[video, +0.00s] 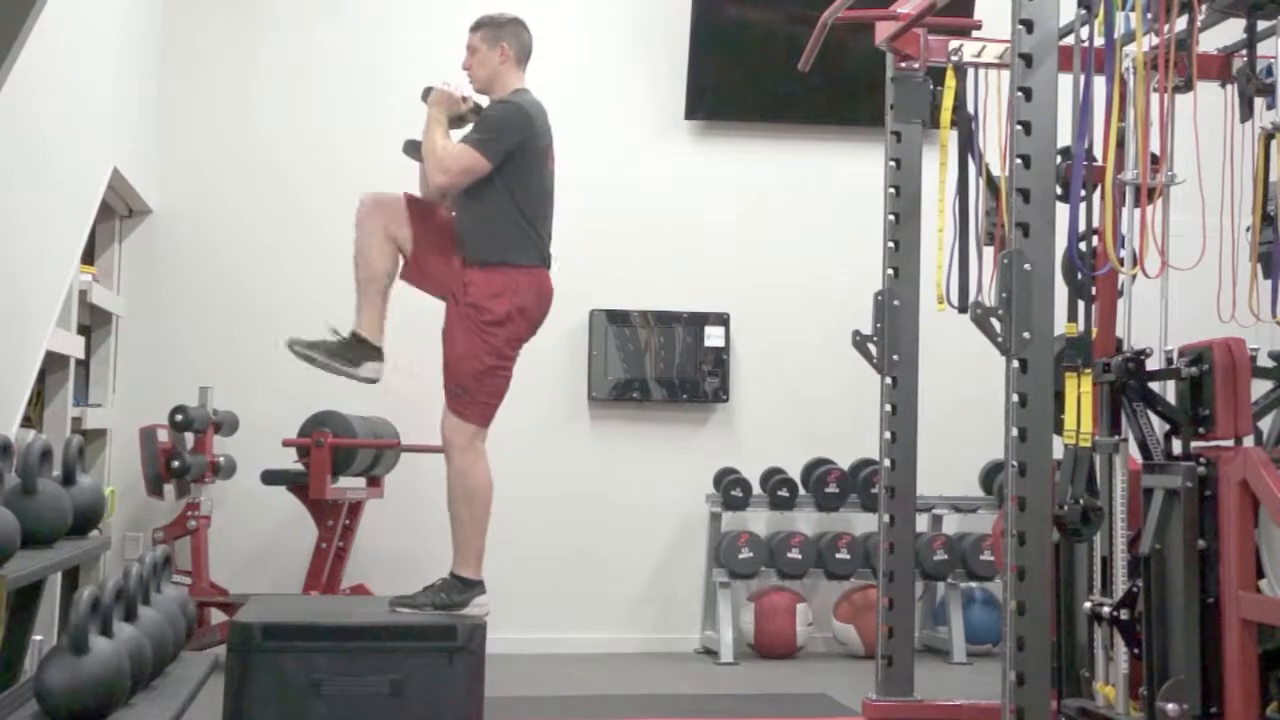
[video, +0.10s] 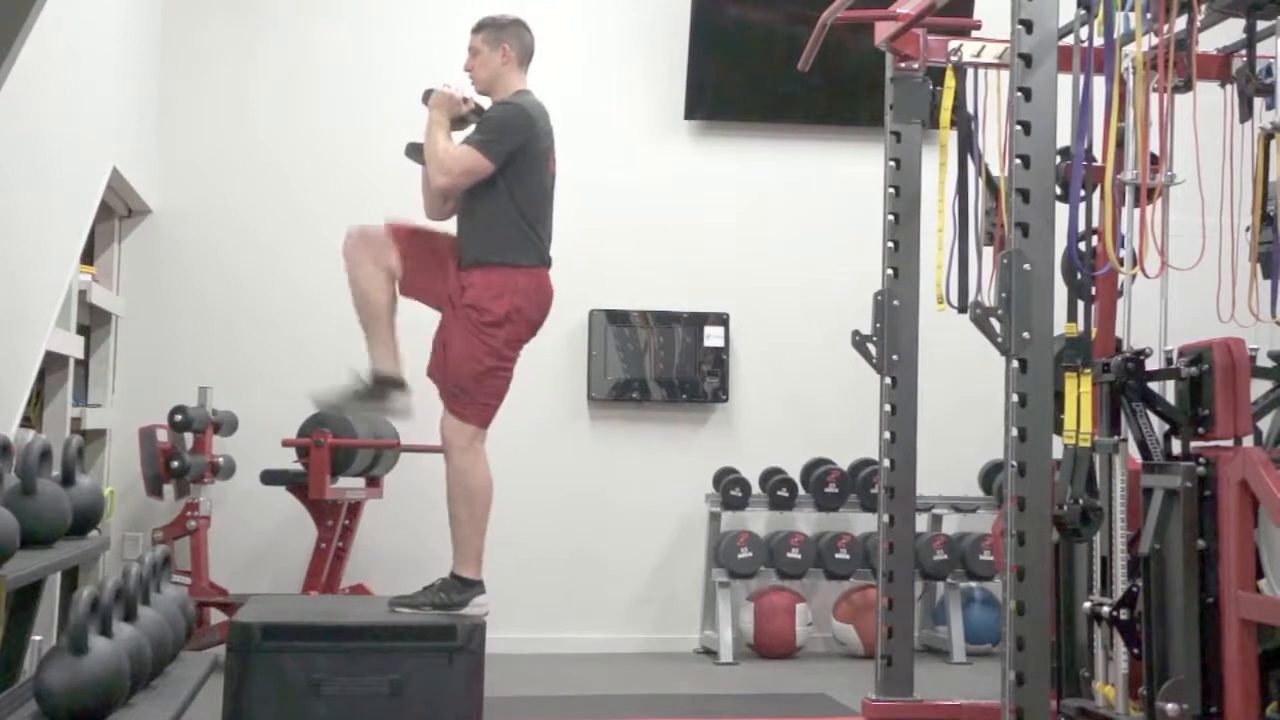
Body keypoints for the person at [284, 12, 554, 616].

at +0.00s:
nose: (464, 65)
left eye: (472, 53)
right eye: (467, 54)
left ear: (503, 53)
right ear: (507, 54)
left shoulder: (515, 112)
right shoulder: (503, 113)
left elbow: (439, 178)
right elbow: (461, 189)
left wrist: (439, 116)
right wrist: (443, 141)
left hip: (504, 284)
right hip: (473, 264)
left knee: (462, 436)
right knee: (378, 212)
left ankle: (466, 582)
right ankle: (365, 343)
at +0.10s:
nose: (466, 65)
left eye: (473, 53)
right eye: (468, 54)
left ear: (505, 55)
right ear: (506, 57)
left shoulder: (517, 114)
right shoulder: (496, 119)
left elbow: (444, 179)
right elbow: (437, 206)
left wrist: (439, 115)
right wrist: (439, 138)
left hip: (506, 284)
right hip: (474, 268)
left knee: (462, 435)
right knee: (366, 243)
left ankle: (466, 581)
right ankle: (387, 381)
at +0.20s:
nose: (467, 64)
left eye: (476, 53)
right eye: (469, 53)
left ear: (509, 55)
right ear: (507, 55)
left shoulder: (522, 114)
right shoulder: (499, 120)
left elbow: (448, 177)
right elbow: (439, 209)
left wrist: (439, 117)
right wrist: (439, 139)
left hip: (508, 287)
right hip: (470, 280)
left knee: (462, 434)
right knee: (368, 316)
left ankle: (466, 580)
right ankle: (436, 439)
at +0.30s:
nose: (468, 70)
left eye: (475, 58)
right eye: (470, 59)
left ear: (506, 59)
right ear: (509, 61)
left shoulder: (519, 118)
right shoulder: (504, 125)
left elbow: (451, 184)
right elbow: (442, 212)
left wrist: (442, 123)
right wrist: (441, 145)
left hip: (516, 288)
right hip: (492, 286)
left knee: (457, 429)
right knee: (407, 392)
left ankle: (466, 580)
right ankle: (487, 510)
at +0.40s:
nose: (469, 81)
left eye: (477, 69)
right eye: (471, 70)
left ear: (508, 70)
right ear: (508, 73)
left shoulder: (521, 130)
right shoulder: (509, 137)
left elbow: (455, 199)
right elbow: (441, 224)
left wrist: (443, 136)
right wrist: (439, 157)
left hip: (515, 298)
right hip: (518, 298)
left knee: (442, 431)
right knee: (470, 441)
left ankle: (461, 578)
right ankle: (533, 571)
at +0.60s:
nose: (478, 133)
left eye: (486, 121)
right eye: (480, 122)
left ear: (518, 123)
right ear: (516, 125)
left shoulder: (532, 183)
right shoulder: (511, 193)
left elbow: (468, 247)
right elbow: (445, 274)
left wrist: (452, 184)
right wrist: (446, 210)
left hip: (535, 345)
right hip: (550, 348)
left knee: (423, 438)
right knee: (528, 503)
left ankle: (460, 578)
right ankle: (569, 649)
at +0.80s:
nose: (510, 212)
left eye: (520, 201)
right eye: (512, 202)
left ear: (554, 206)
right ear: (546, 209)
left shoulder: (567, 266)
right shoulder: (538, 274)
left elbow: (502, 330)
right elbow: (476, 349)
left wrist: (486, 268)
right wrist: (481, 283)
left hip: (568, 418)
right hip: (572, 429)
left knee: (432, 434)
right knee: (542, 576)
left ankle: (460, 576)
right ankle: (609, 705)